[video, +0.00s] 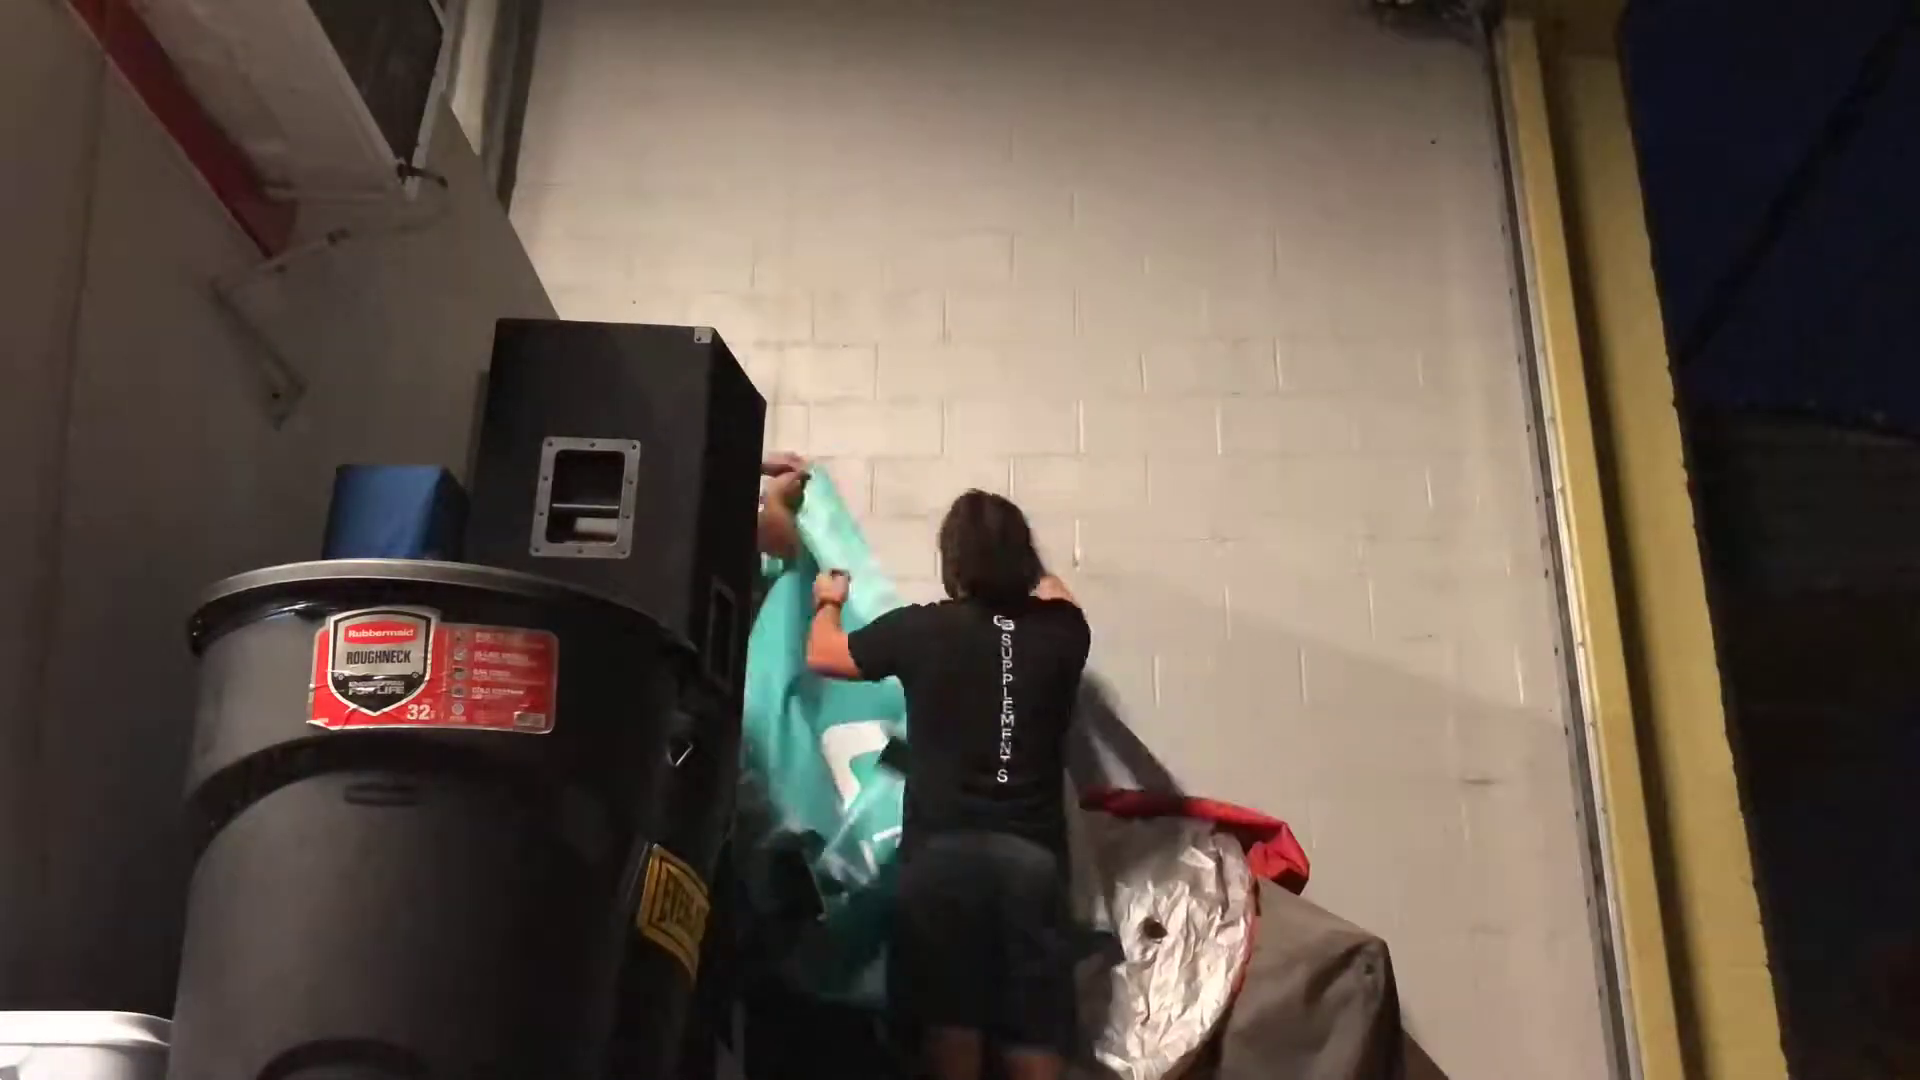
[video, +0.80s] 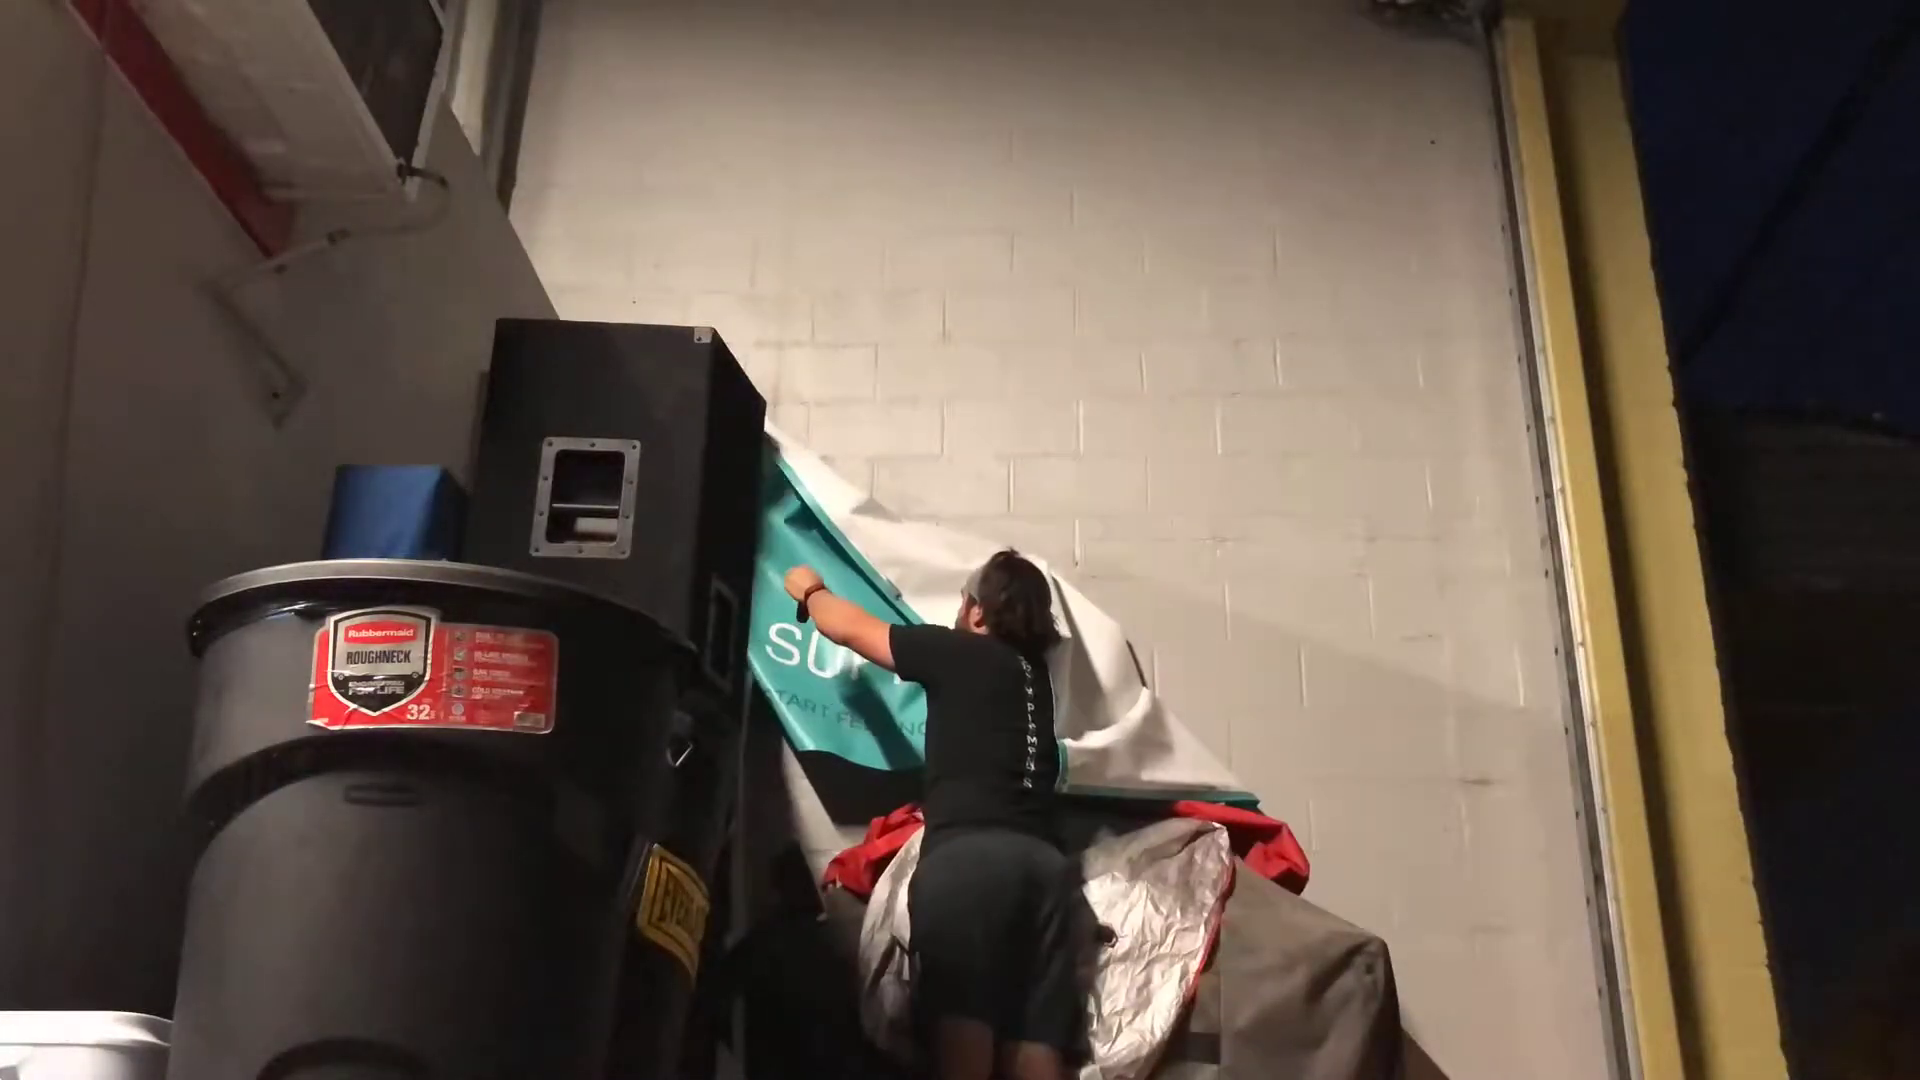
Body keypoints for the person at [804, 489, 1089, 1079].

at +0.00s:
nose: (949, 555)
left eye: (951, 547)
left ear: (951, 557)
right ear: (1025, 557)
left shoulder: (920, 630)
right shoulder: (1063, 634)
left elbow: (823, 654)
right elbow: (1056, 600)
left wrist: (828, 601)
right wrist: (1030, 569)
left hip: (941, 848)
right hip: (1030, 851)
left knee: (948, 1023)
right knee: (1034, 1027)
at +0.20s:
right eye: (1017, 544)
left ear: (953, 568)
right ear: (1028, 560)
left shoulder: (925, 644)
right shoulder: (1065, 615)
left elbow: (881, 751)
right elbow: (1135, 527)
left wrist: (942, 723)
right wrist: (1162, 449)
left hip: (951, 854)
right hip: (1044, 850)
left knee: (956, 1038)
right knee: (1045, 1038)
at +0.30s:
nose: (1041, 582)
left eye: (1027, 573)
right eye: (1034, 574)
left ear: (966, 602)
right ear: (1034, 589)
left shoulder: (947, 665)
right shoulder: (1060, 643)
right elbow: (1158, 581)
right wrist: (1146, 491)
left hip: (949, 864)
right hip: (1032, 861)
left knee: (956, 1041)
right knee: (1041, 1045)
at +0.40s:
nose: (1039, 606)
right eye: (1033, 598)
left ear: (963, 608)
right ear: (1033, 606)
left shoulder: (925, 672)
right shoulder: (1066, 673)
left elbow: (904, 681)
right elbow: (1127, 695)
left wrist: (974, 647)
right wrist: (1049, 649)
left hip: (947, 866)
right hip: (1035, 866)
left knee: (947, 1045)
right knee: (1035, 1047)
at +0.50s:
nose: (948, 602)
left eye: (954, 596)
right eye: (952, 594)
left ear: (962, 609)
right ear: (1021, 615)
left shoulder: (946, 664)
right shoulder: (1034, 677)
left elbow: (859, 732)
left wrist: (840, 697)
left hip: (957, 851)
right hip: (1038, 856)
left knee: (953, 1028)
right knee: (1034, 1038)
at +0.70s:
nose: (962, 607)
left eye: (967, 599)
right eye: (966, 598)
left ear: (979, 610)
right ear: (1034, 618)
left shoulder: (956, 651)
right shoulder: (1038, 673)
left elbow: (850, 627)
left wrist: (807, 591)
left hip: (967, 851)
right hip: (1046, 859)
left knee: (963, 1034)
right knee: (1040, 1042)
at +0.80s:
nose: (960, 609)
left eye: (965, 600)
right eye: (964, 599)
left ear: (977, 611)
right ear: (1033, 620)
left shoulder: (957, 652)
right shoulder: (1037, 675)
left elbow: (849, 626)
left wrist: (809, 589)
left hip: (967, 853)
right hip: (1046, 861)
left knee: (962, 1037)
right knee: (1040, 1045)